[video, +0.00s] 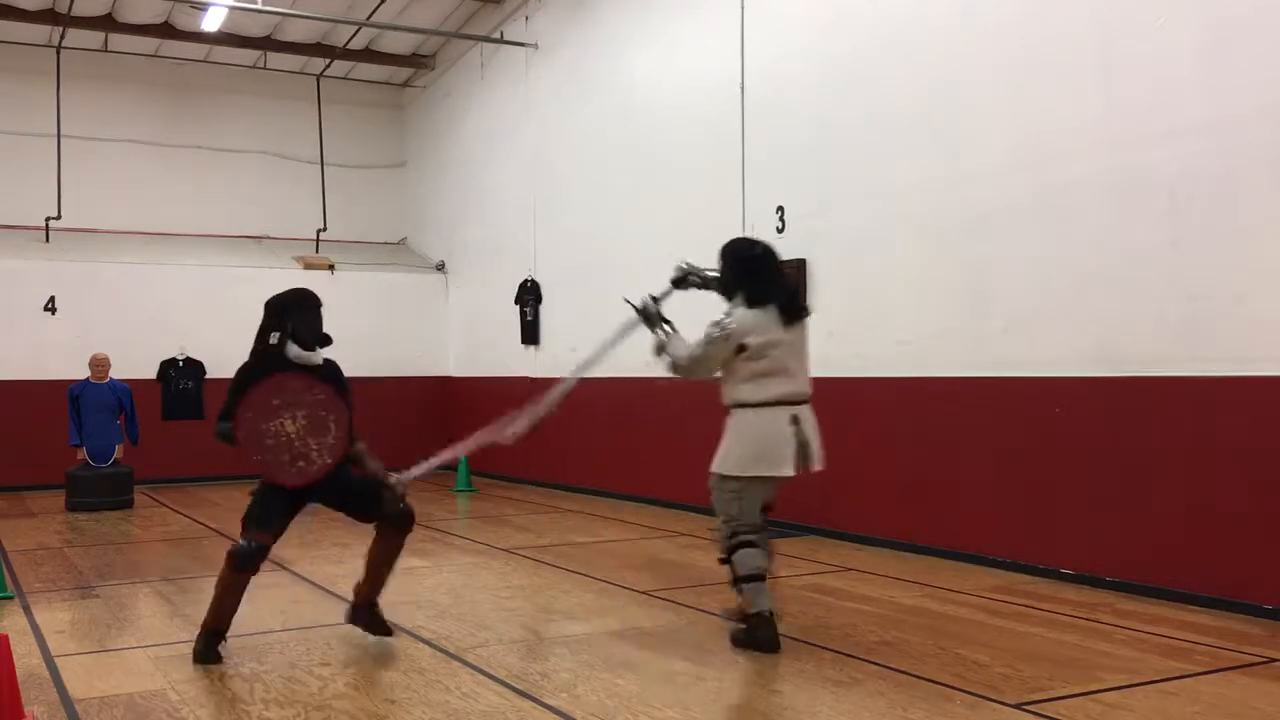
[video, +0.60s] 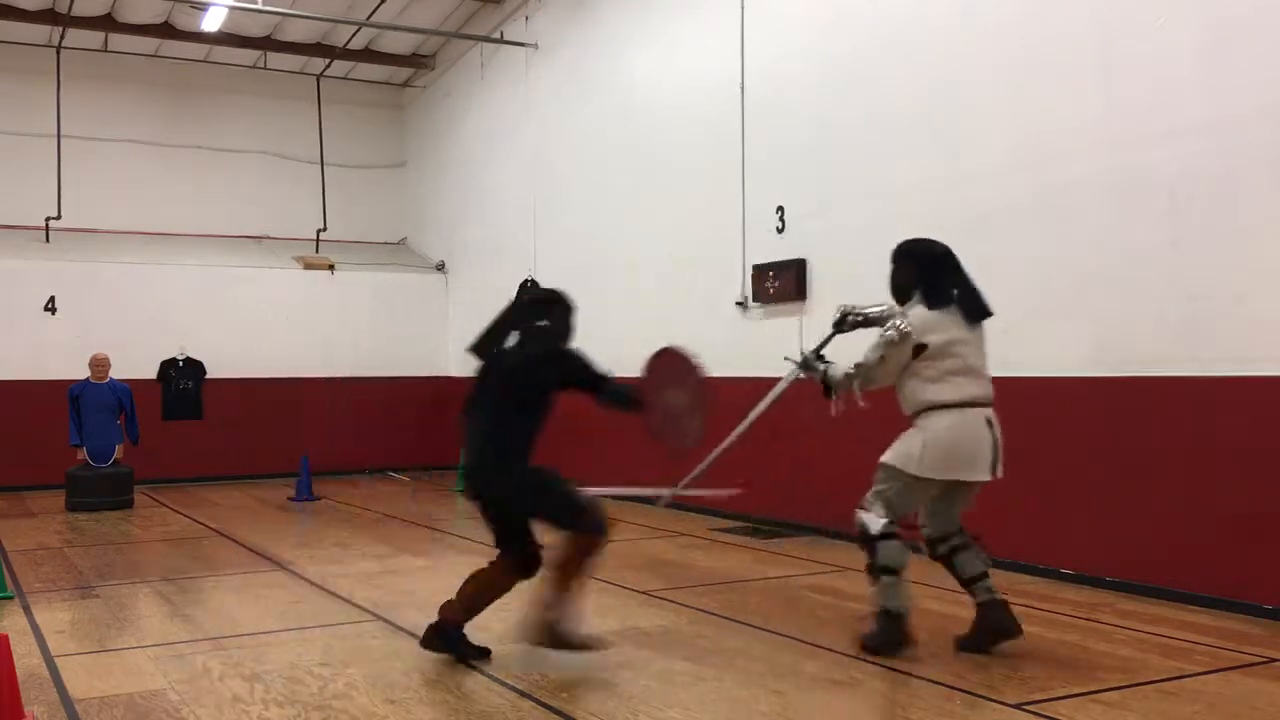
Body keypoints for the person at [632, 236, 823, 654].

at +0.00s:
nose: (722, 279)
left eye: (725, 273)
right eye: (720, 272)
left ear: (736, 278)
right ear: (772, 271)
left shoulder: (737, 325)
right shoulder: (792, 313)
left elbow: (692, 361)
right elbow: (753, 293)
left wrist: (660, 327)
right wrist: (708, 281)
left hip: (753, 433)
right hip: (794, 430)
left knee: (738, 524)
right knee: (749, 514)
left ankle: (760, 621)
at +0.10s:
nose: (750, 270)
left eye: (754, 263)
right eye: (752, 262)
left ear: (764, 269)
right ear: (799, 266)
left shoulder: (766, 320)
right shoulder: (819, 308)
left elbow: (733, 372)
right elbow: (775, 298)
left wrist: (695, 351)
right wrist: (733, 298)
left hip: (778, 434)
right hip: (823, 429)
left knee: (758, 526)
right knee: (798, 516)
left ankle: (765, 623)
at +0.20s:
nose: (780, 277)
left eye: (785, 269)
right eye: (782, 269)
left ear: (799, 273)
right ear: (829, 269)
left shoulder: (804, 324)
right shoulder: (847, 312)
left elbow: (769, 380)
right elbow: (793, 313)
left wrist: (721, 363)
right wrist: (752, 317)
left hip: (810, 433)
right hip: (851, 427)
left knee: (776, 526)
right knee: (854, 526)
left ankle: (765, 625)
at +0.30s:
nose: (815, 280)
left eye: (820, 273)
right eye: (817, 272)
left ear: (835, 279)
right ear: (862, 277)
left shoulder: (837, 330)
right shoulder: (879, 322)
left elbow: (800, 386)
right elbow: (826, 329)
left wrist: (754, 377)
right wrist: (781, 330)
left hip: (846, 441)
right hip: (887, 436)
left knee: (801, 531)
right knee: (904, 536)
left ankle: (769, 626)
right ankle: (978, 606)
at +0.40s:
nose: (847, 288)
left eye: (853, 280)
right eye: (849, 279)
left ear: (868, 286)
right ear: (898, 284)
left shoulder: (870, 336)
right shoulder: (917, 328)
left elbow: (836, 387)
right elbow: (864, 338)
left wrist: (788, 390)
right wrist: (818, 335)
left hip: (886, 447)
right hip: (928, 444)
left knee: (838, 535)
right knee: (940, 546)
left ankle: (786, 619)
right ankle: (999, 621)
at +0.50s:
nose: (874, 285)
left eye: (879, 277)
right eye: (876, 276)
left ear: (895, 282)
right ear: (923, 280)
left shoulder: (897, 331)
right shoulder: (946, 324)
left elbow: (858, 382)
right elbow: (903, 334)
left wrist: (812, 381)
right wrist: (855, 329)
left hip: (913, 445)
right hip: (954, 441)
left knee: (854, 528)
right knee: (947, 545)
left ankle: (825, 622)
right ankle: (1002, 624)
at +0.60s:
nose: (892, 279)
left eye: (896, 271)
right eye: (894, 271)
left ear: (912, 275)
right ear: (941, 273)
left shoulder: (910, 323)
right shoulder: (966, 313)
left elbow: (871, 373)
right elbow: (922, 323)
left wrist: (827, 374)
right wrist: (875, 315)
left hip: (938, 433)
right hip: (982, 432)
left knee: (876, 514)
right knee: (941, 527)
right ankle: (993, 611)